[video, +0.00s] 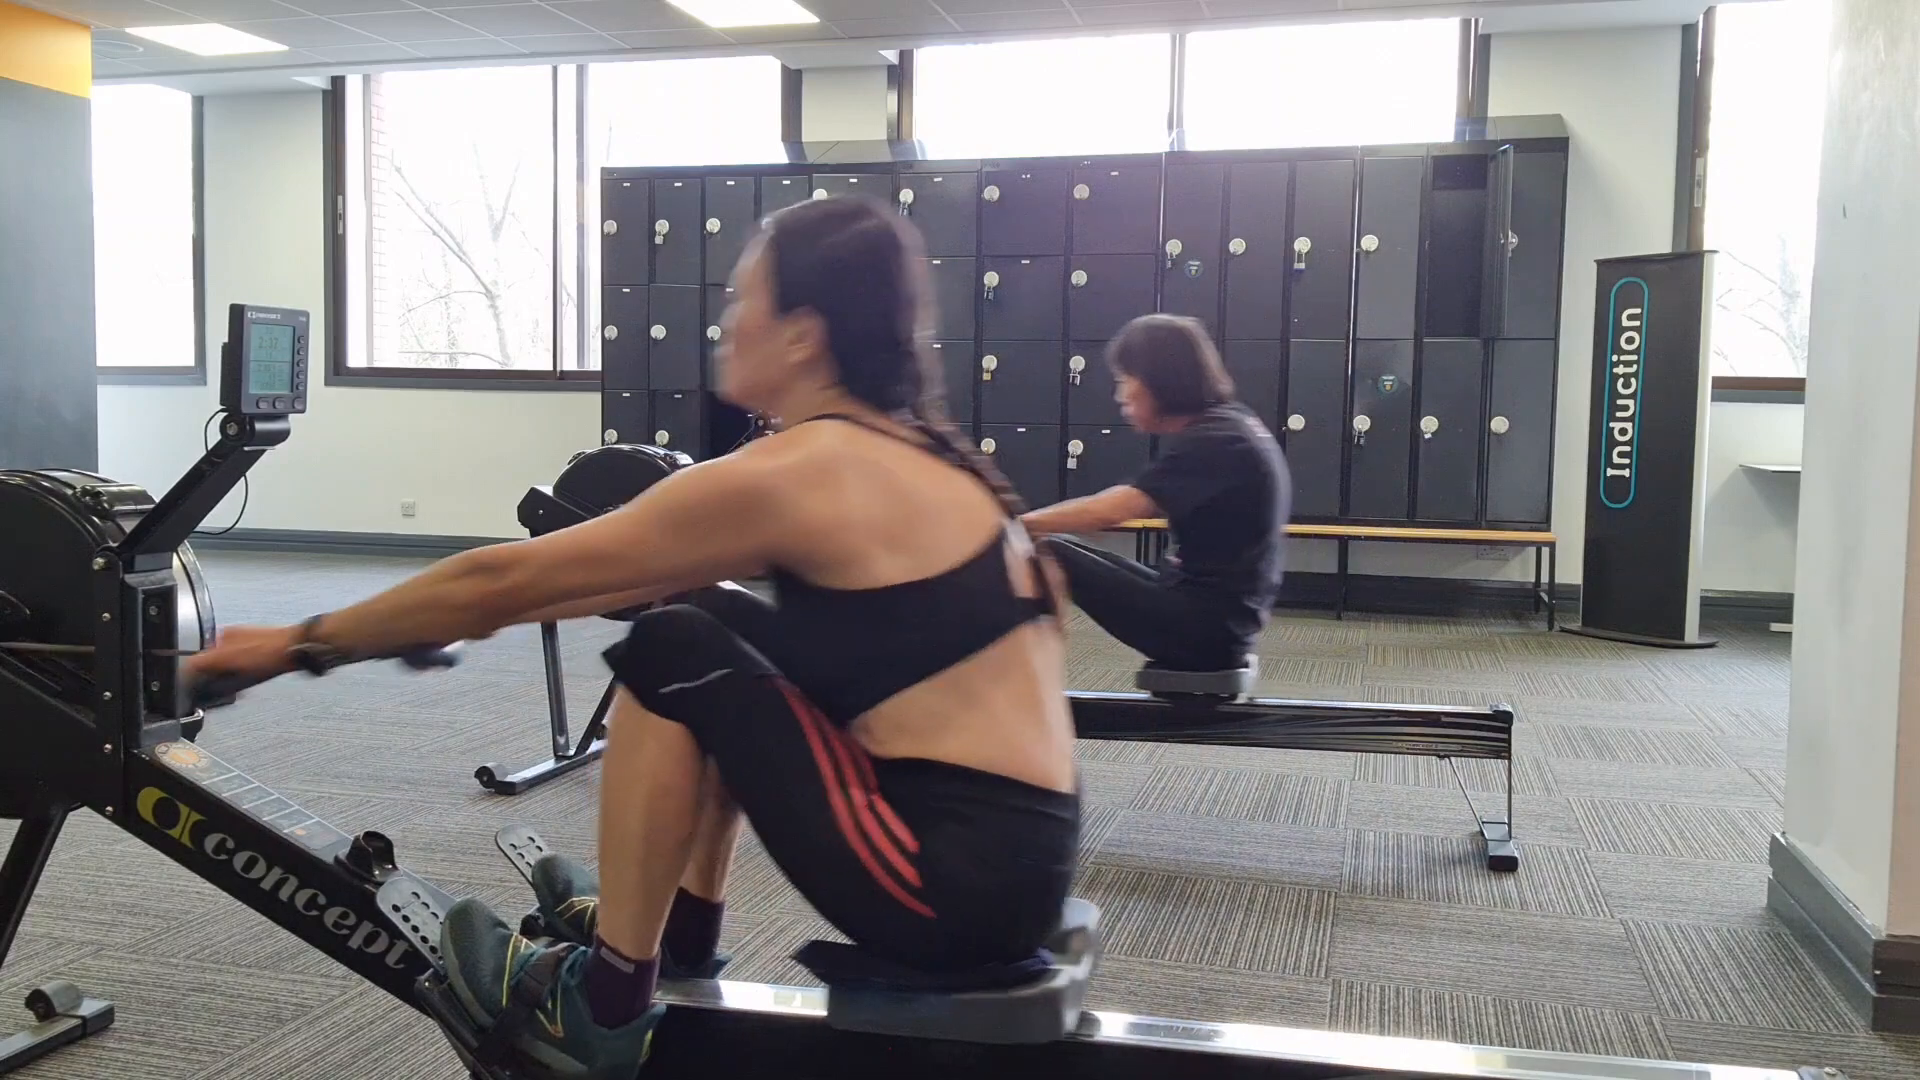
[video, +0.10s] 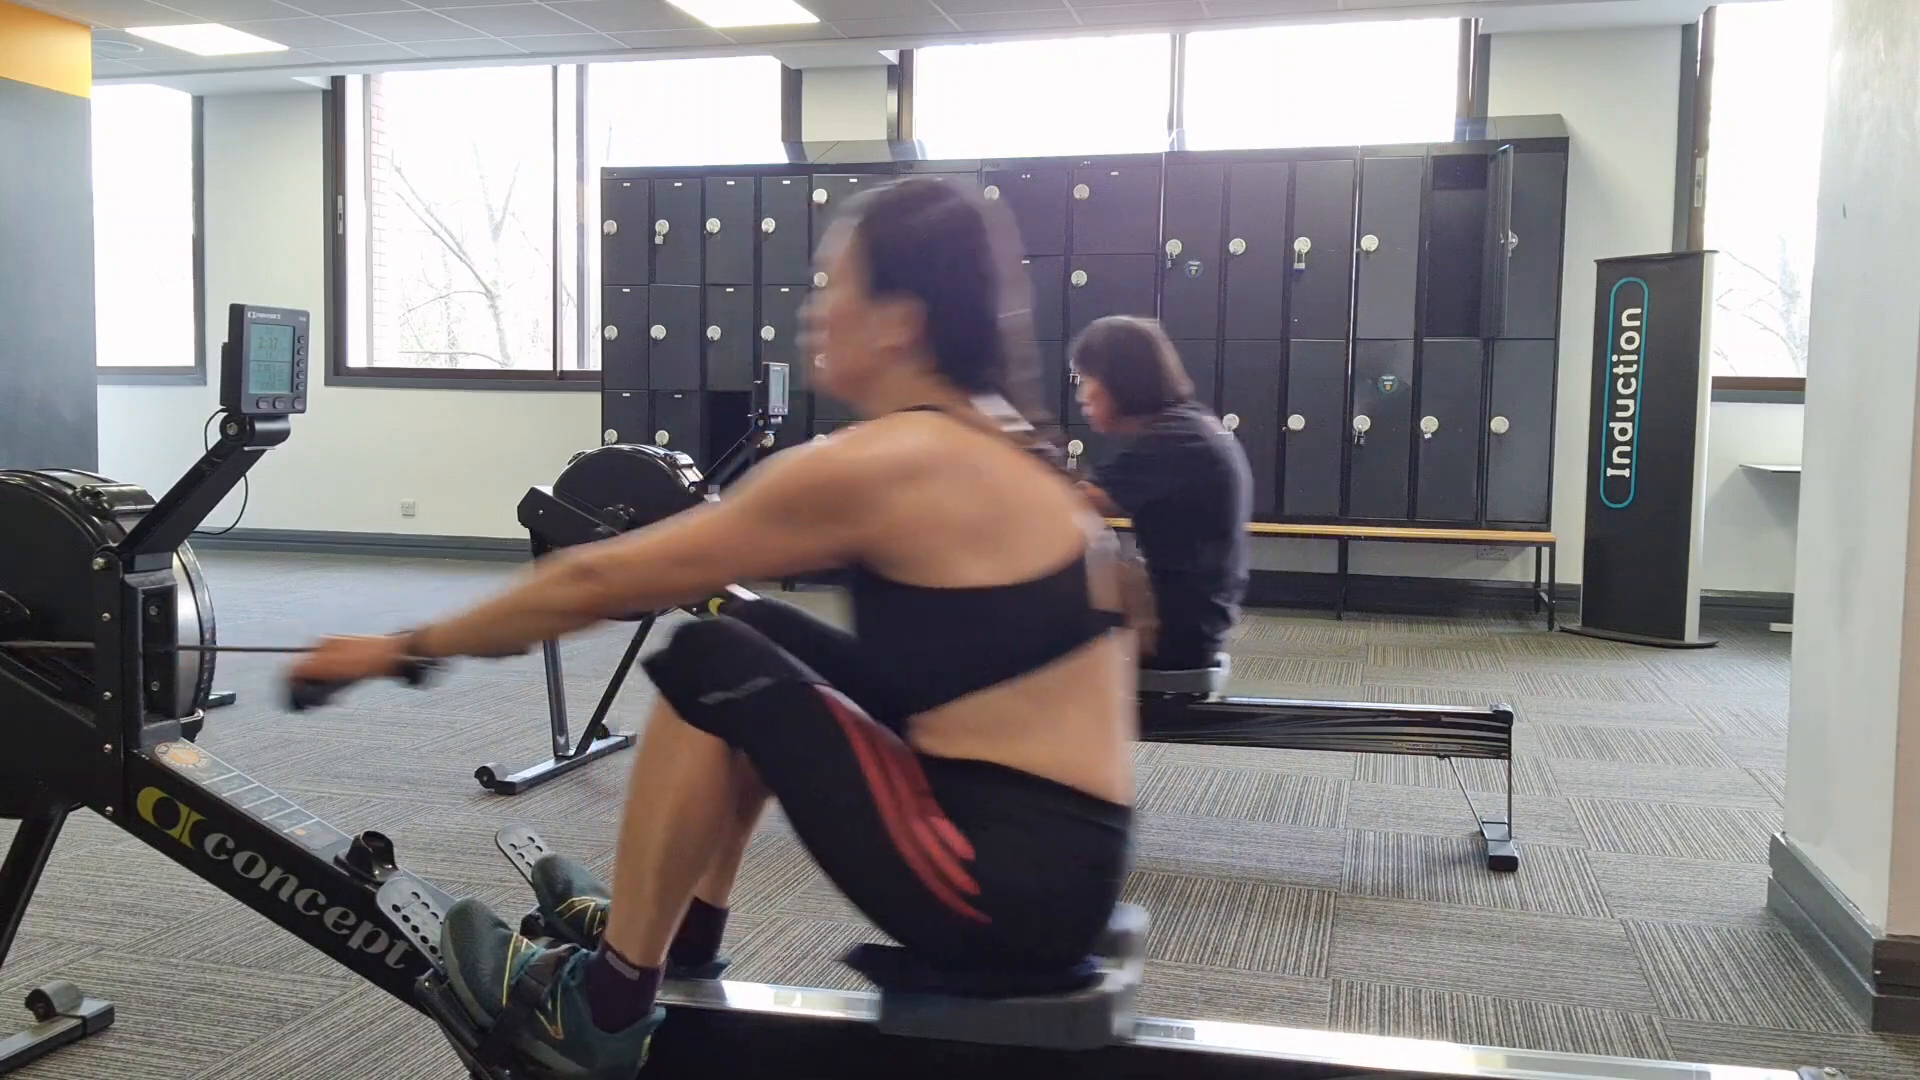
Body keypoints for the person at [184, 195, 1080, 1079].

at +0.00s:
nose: (721, 327)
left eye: (739, 304)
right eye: (729, 304)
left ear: (807, 333)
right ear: (845, 339)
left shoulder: (793, 477)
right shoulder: (932, 458)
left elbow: (505, 583)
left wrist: (297, 640)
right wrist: (559, 596)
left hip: (938, 891)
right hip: (1024, 876)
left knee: (670, 645)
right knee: (736, 636)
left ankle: (610, 997)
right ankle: (684, 931)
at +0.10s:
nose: (813, 311)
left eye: (832, 288)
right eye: (821, 285)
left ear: (904, 322)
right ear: (921, 324)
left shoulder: (876, 467)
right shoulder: (997, 440)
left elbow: (597, 578)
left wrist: (407, 647)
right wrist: (660, 569)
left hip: (996, 892)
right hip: (1065, 872)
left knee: (711, 653)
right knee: (762, 637)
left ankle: (608, 996)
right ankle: (681, 946)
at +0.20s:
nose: (915, 304)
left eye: (937, 280)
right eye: (924, 278)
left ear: (1016, 314)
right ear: (1028, 315)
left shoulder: (988, 463)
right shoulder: (1118, 432)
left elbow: (708, 584)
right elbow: (857, 544)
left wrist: (497, 646)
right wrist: (636, 585)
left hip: (1071, 885)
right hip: (1136, 848)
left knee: (763, 691)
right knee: (795, 646)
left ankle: (607, 1006)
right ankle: (681, 949)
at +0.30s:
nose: (1027, 296)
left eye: (1051, 272)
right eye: (1033, 270)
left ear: (1140, 299)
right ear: (1143, 305)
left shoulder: (1083, 458)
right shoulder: (1194, 435)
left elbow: (823, 577)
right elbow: (888, 550)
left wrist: (605, 634)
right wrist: (728, 580)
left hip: (1161, 886)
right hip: (1203, 840)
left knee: (819, 727)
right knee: (847, 685)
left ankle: (612, 1016)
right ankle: (668, 955)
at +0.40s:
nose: (1153, 291)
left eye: (1182, 266)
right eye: (1161, 263)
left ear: (1275, 293)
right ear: (1269, 295)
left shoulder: (1225, 452)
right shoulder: (1299, 428)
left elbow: (940, 586)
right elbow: (976, 559)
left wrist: (717, 639)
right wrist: (798, 596)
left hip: (1249, 884)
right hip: (1249, 820)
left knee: (890, 763)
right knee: (919, 728)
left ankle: (625, 1017)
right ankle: (674, 966)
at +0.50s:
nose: (1284, 284)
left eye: (1321, 256)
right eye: (1294, 254)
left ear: (1417, 293)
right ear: (1401, 296)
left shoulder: (1357, 460)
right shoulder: (1436, 438)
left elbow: (1061, 579)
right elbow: (1087, 561)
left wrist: (831, 633)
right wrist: (878, 622)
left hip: (1316, 897)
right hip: (1311, 816)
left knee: (930, 813)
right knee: (957, 762)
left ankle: (622, 1025)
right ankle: (683, 957)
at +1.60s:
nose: (951, 302)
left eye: (972, 274)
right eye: (957, 275)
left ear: (1051, 301)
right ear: (1050, 304)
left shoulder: (1044, 475)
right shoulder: (1121, 434)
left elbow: (793, 682)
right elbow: (956, 575)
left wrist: (620, 728)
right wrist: (784, 615)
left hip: (1111, 901)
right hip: (1151, 859)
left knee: (793, 719)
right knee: (841, 677)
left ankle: (617, 1015)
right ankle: (678, 947)